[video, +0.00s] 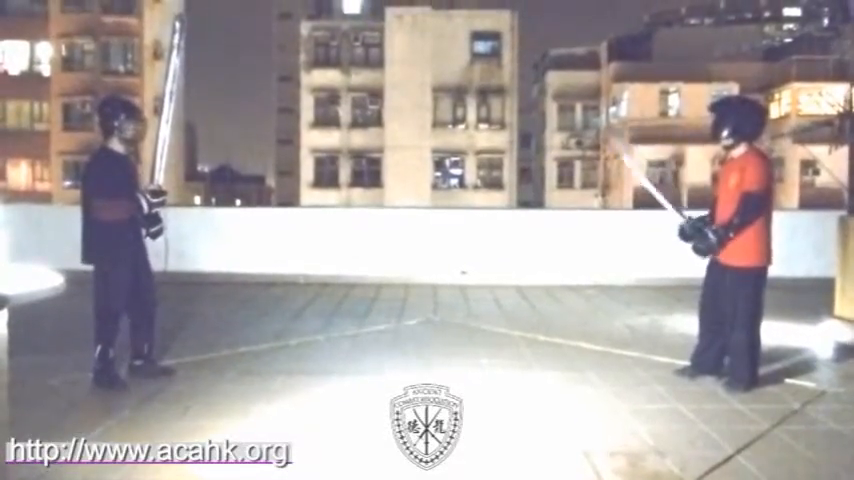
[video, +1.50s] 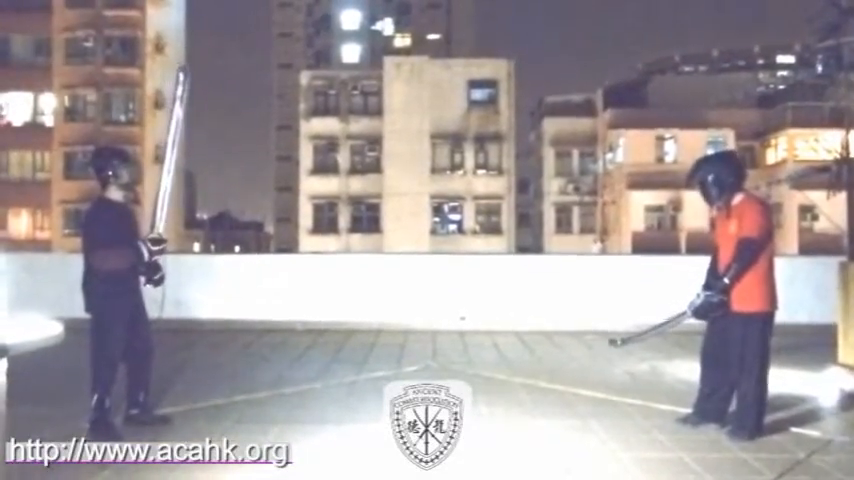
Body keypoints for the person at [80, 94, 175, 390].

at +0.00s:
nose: (137, 129)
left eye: (138, 123)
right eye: (132, 123)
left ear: (129, 126)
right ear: (116, 125)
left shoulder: (126, 162)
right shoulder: (102, 164)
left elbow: (124, 201)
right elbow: (101, 210)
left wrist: (147, 201)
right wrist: (140, 212)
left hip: (130, 244)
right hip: (108, 247)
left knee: (143, 298)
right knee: (110, 304)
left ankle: (142, 357)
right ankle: (103, 363)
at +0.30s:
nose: (136, 159)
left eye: (137, 153)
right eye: (130, 153)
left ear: (131, 156)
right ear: (114, 154)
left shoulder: (126, 193)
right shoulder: (96, 194)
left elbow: (127, 232)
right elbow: (94, 237)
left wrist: (146, 233)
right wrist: (132, 241)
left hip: (130, 272)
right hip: (106, 275)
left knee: (142, 329)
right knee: (107, 335)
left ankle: (140, 390)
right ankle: (100, 396)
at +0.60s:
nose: (134, 174)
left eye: (133, 169)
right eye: (128, 169)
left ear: (122, 175)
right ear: (112, 174)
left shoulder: (126, 213)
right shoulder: (93, 215)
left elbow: (128, 255)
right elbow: (91, 260)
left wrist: (146, 265)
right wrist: (130, 255)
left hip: (128, 293)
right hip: (102, 296)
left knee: (139, 349)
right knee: (105, 355)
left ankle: (137, 411)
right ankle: (97, 418)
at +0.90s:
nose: (131, 170)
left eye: (130, 166)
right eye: (124, 166)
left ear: (114, 175)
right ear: (108, 174)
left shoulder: (123, 214)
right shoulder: (92, 216)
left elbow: (125, 255)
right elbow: (91, 262)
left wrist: (143, 270)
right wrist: (131, 254)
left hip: (126, 296)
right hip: (101, 299)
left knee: (137, 350)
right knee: (103, 356)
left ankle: (136, 412)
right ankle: (97, 418)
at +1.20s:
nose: (128, 176)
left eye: (127, 171)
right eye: (122, 171)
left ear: (108, 177)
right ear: (107, 176)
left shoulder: (122, 215)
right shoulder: (95, 218)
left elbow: (124, 255)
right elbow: (97, 265)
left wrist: (144, 256)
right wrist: (137, 264)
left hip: (126, 296)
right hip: (104, 299)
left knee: (138, 350)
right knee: (105, 356)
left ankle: (137, 411)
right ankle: (98, 418)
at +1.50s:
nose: (132, 175)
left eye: (131, 170)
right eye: (127, 170)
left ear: (114, 173)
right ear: (112, 173)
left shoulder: (125, 211)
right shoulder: (99, 213)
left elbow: (126, 251)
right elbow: (100, 260)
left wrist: (146, 257)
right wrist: (140, 262)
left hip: (128, 292)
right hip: (105, 294)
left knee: (140, 347)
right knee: (108, 352)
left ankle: (138, 407)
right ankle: (100, 415)